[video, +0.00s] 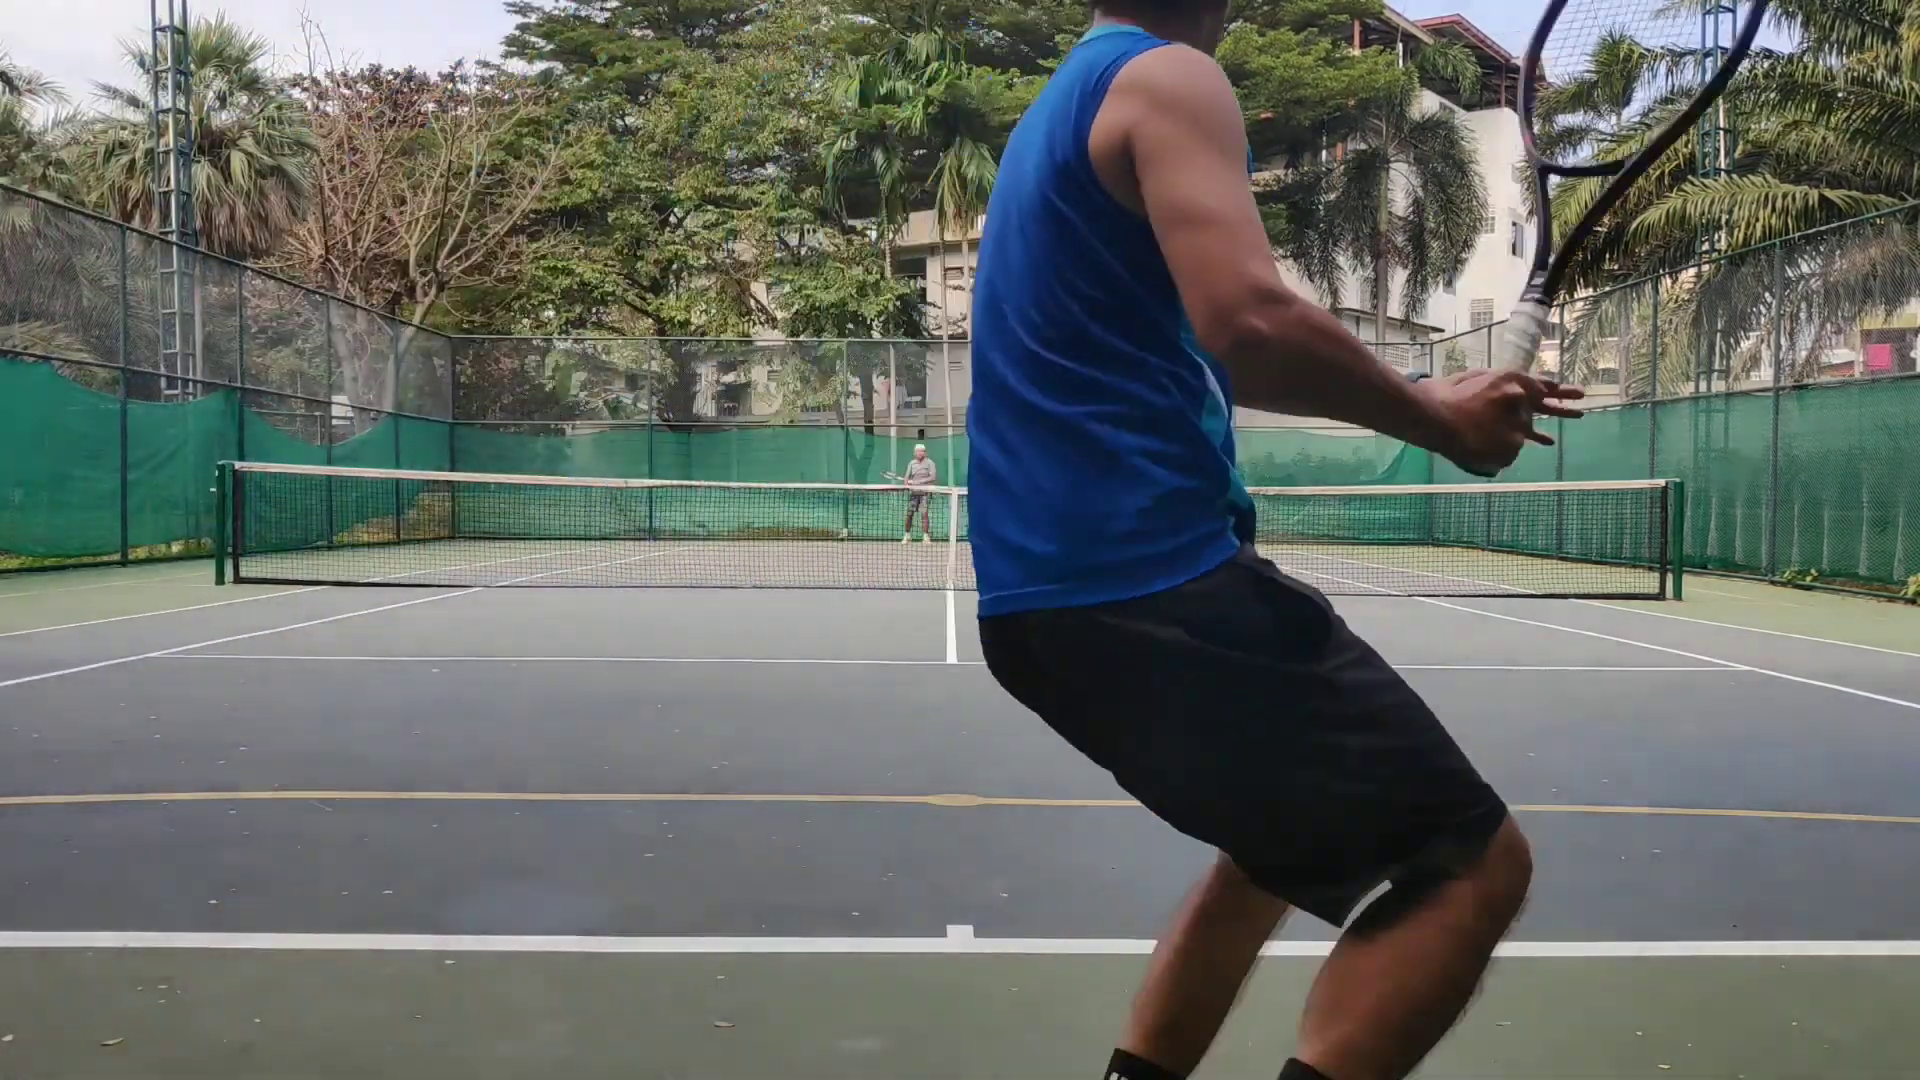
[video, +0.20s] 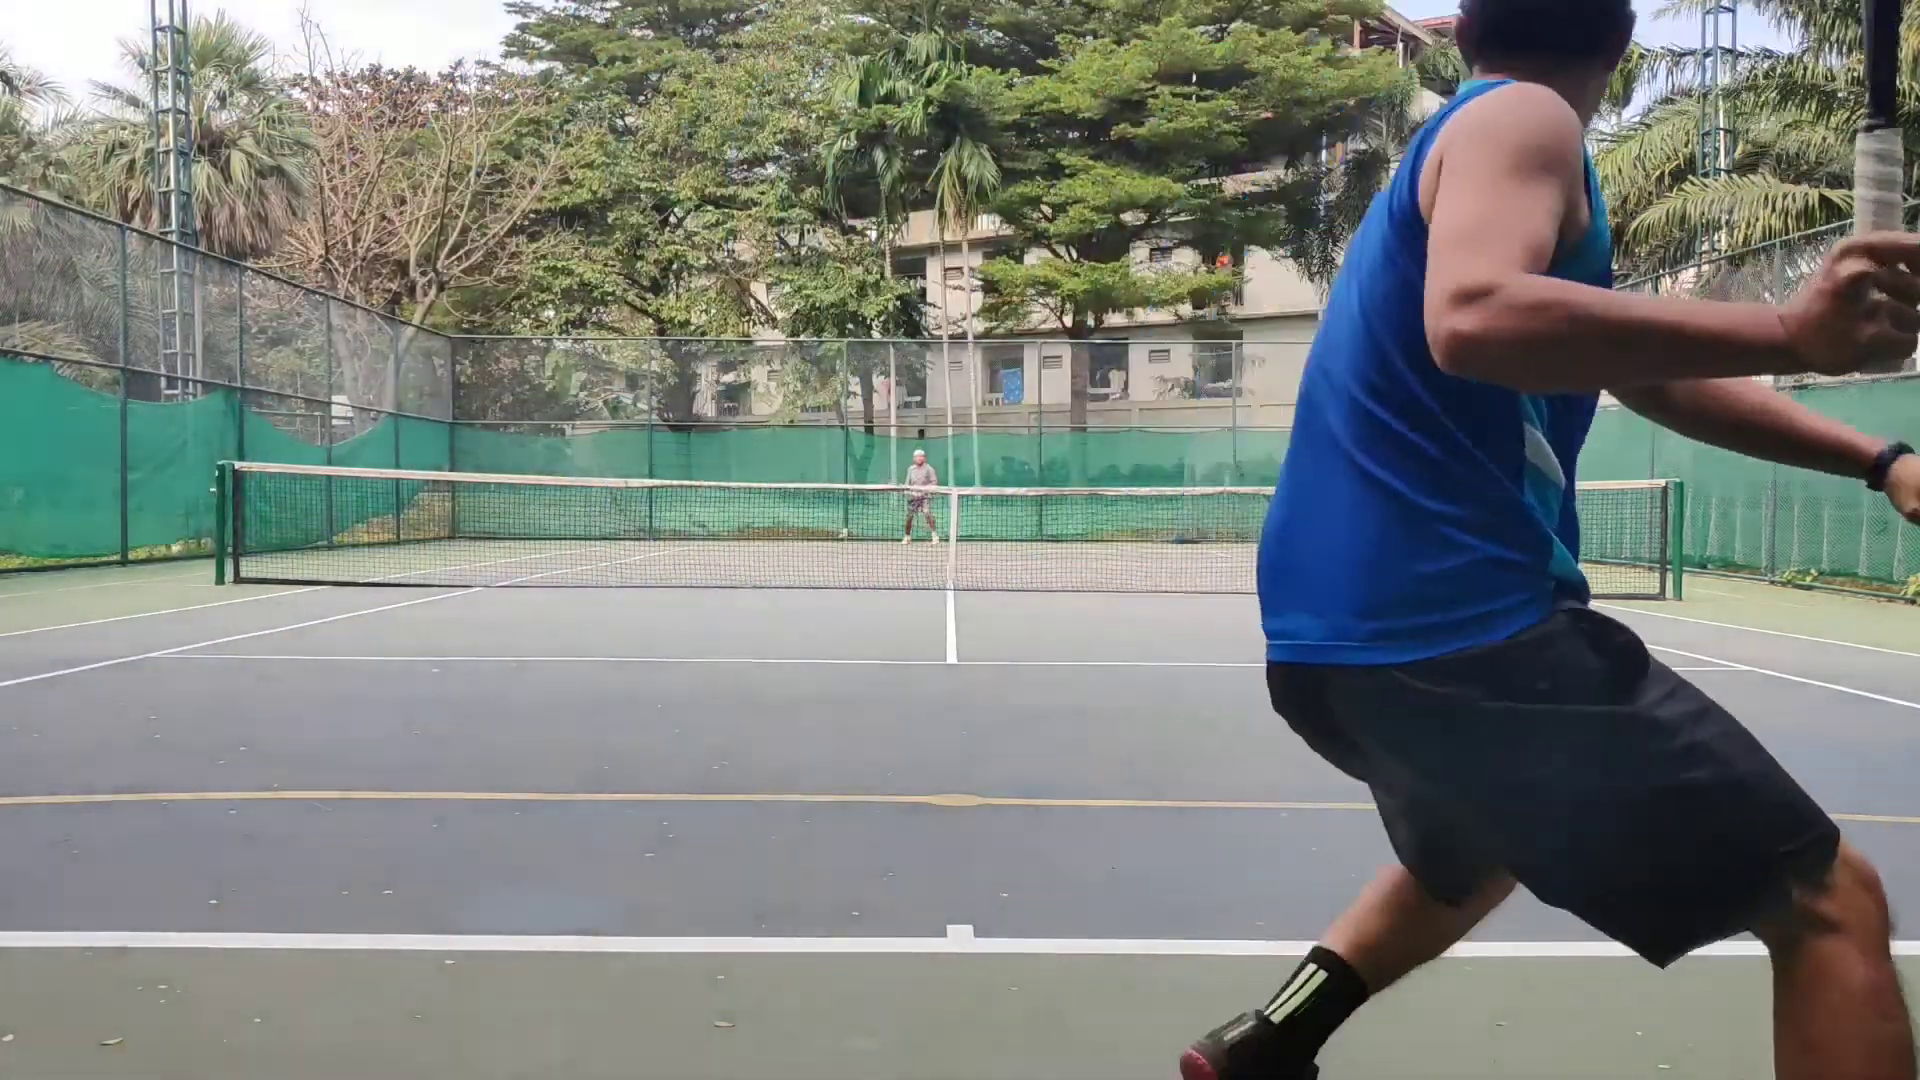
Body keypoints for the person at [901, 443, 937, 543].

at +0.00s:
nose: (920, 454)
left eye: (922, 451)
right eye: (918, 452)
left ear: (925, 453)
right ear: (915, 453)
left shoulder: (930, 463)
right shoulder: (912, 463)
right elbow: (907, 476)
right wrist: (907, 484)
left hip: (925, 490)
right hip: (914, 489)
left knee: (924, 512)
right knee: (910, 512)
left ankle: (926, 534)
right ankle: (907, 534)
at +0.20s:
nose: (919, 459)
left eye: (921, 456)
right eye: (917, 456)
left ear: (924, 458)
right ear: (914, 458)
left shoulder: (929, 469)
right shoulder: (911, 469)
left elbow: (934, 483)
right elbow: (907, 482)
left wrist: (925, 489)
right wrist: (907, 490)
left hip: (925, 495)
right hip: (913, 495)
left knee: (927, 513)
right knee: (909, 515)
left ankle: (934, 534)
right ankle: (907, 536)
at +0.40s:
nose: (927, 458)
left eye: (928, 456)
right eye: (925, 456)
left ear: (931, 458)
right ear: (921, 458)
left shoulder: (936, 469)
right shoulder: (916, 469)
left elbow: (940, 482)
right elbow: (912, 483)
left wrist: (934, 491)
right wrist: (914, 493)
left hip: (931, 496)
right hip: (919, 496)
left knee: (936, 516)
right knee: (911, 518)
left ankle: (939, 536)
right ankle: (907, 534)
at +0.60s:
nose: (928, 459)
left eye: (929, 457)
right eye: (926, 457)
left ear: (932, 458)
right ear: (923, 459)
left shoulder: (937, 470)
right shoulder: (917, 469)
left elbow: (941, 484)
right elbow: (912, 484)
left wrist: (934, 491)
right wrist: (918, 493)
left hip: (931, 496)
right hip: (919, 496)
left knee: (937, 515)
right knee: (914, 516)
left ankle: (939, 536)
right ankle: (906, 533)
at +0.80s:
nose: (923, 458)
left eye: (925, 456)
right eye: (921, 456)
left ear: (927, 457)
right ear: (917, 457)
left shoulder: (930, 468)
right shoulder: (911, 468)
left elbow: (934, 481)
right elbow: (907, 483)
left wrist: (931, 489)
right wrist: (916, 490)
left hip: (926, 495)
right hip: (915, 495)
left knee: (933, 515)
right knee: (910, 515)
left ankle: (939, 536)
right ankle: (899, 535)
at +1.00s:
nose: (919, 456)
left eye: (920, 454)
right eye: (917, 454)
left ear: (922, 456)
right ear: (912, 455)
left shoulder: (926, 467)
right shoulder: (906, 466)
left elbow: (929, 478)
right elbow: (901, 480)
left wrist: (926, 487)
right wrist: (909, 487)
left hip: (921, 493)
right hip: (910, 493)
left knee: (928, 514)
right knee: (903, 512)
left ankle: (934, 535)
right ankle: (895, 534)